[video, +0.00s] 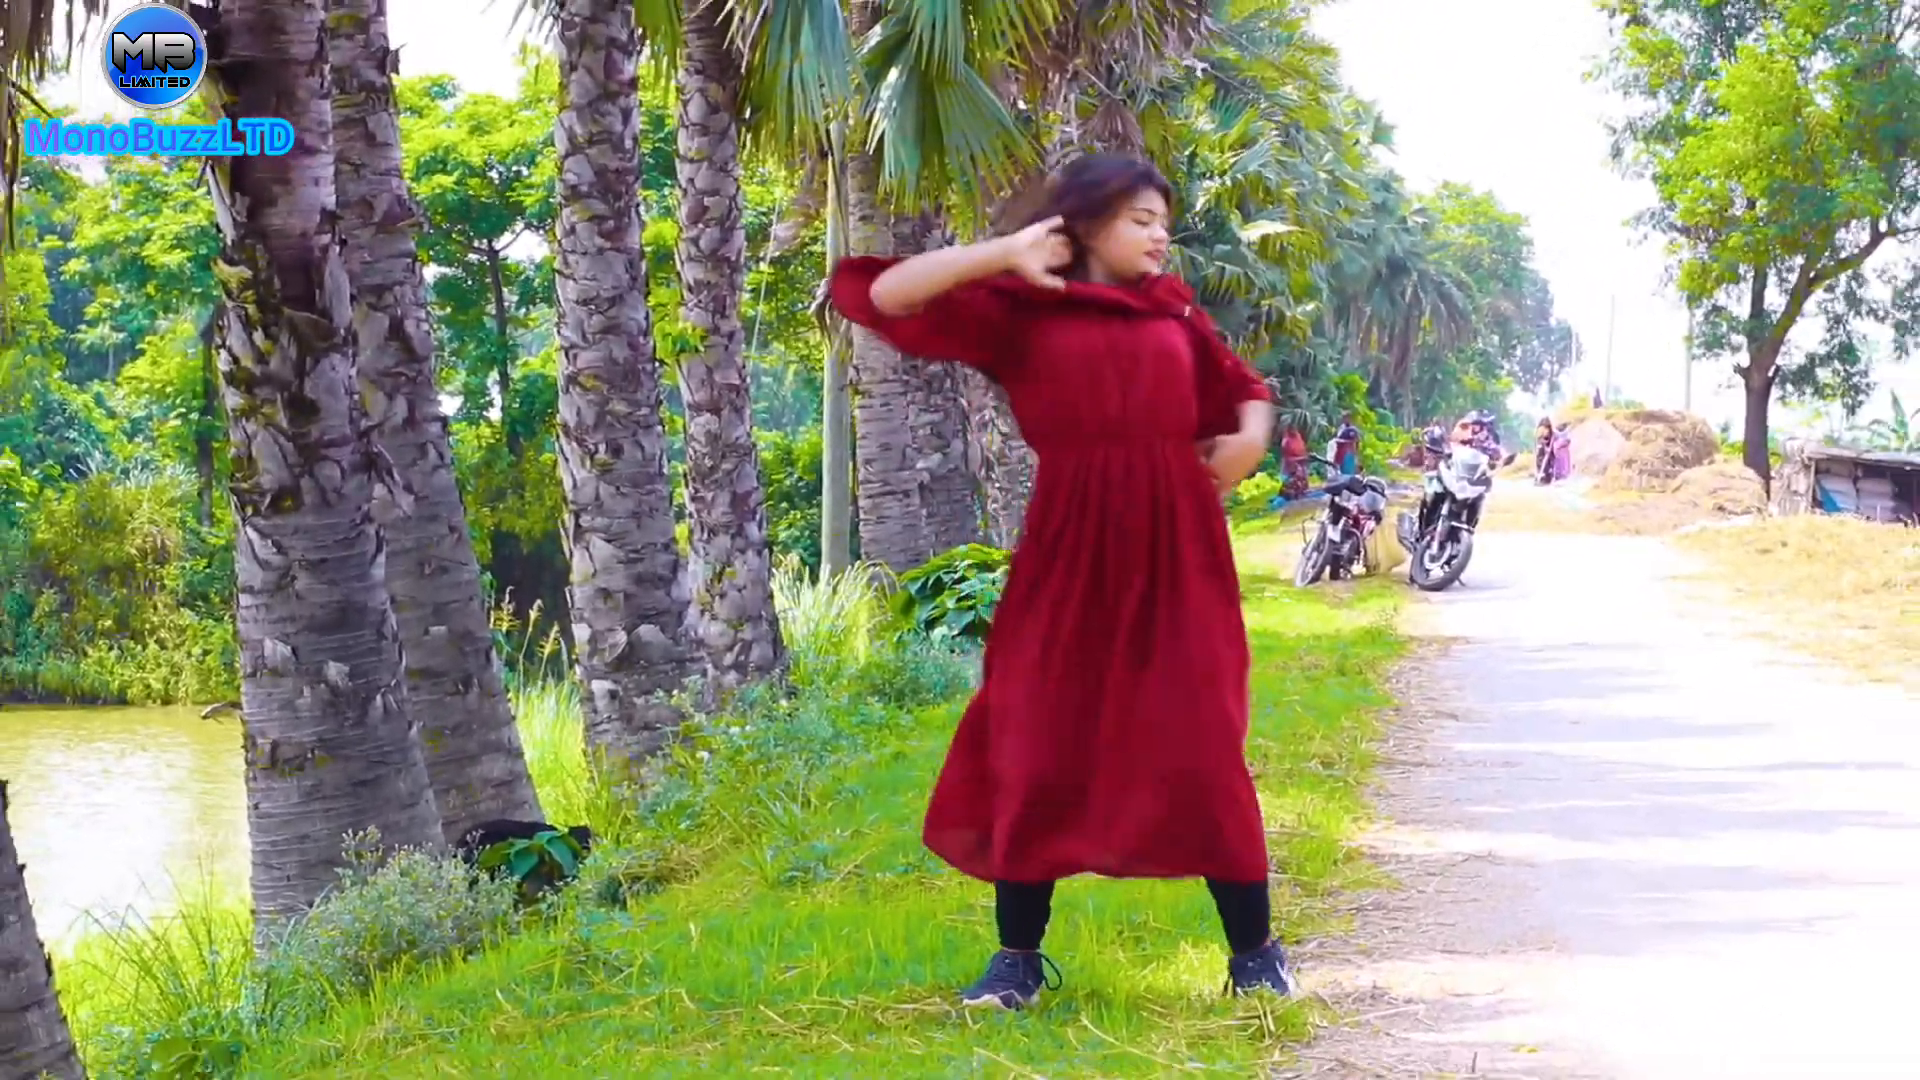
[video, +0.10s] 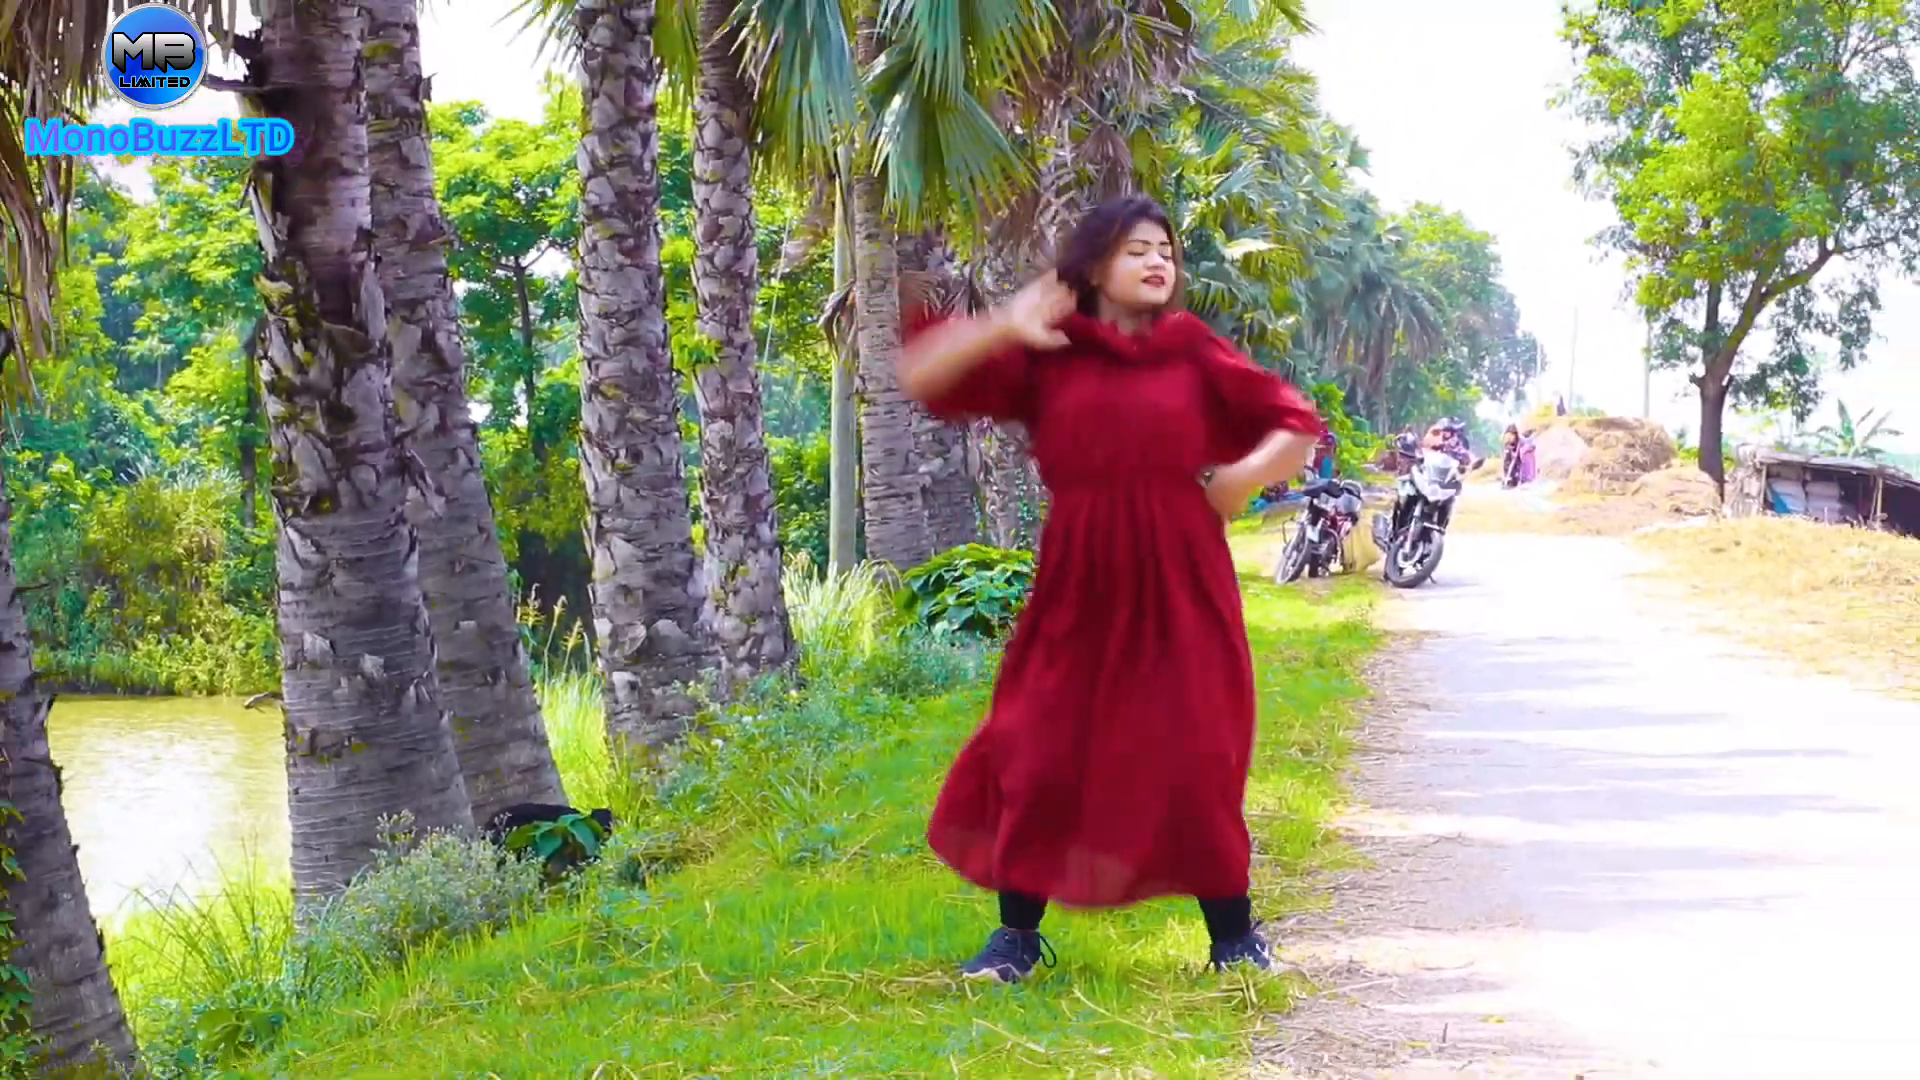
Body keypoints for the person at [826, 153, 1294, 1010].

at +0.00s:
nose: (1161, 237)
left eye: (1165, 224)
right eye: (1142, 220)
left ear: (1164, 234)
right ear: (1080, 229)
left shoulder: (1177, 316)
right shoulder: (1022, 313)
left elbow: (1248, 388)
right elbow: (882, 295)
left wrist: (1249, 439)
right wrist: (1001, 251)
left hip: (1180, 551)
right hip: (1069, 553)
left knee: (1210, 751)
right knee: (1033, 750)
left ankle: (1255, 957)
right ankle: (1017, 960)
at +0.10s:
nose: (1159, 262)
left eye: (1166, 251)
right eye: (1139, 250)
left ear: (1175, 268)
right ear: (1092, 266)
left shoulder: (1191, 348)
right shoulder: (1045, 354)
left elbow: (1300, 425)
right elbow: (919, 373)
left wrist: (1244, 479)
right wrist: (1006, 324)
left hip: (1183, 580)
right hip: (1077, 582)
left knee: (1201, 758)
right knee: (1032, 750)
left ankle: (1234, 944)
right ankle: (1016, 939)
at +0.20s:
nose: (1143, 239)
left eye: (1163, 228)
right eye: (1128, 232)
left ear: (1201, 253)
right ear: (1109, 261)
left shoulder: (1236, 337)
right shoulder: (1084, 359)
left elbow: (1335, 406)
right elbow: (992, 480)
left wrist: (1213, 442)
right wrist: (1051, 416)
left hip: (1208, 564)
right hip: (1103, 562)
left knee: (1221, 759)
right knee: (1052, 753)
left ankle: (1251, 966)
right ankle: (1022, 958)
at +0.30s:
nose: (1143, 217)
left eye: (1162, 202)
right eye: (1141, 204)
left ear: (1214, 215)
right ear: (1141, 226)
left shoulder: (1264, 298)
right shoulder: (1125, 329)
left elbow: (1306, 352)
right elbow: (1075, 441)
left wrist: (1213, 318)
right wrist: (1057, 514)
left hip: (1232, 560)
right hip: (1128, 553)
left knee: (1234, 753)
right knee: (1041, 737)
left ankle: (1256, 971)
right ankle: (1033, 948)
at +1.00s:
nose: (1094, 237)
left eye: (1113, 223)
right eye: (1085, 223)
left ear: (1159, 237)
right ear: (1075, 239)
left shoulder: (1195, 342)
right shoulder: (1054, 335)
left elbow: (1318, 400)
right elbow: (980, 427)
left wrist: (1231, 319)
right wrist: (986, 469)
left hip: (1156, 567)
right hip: (1048, 563)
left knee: (1184, 763)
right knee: (1006, 760)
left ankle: (1247, 963)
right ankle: (1003, 955)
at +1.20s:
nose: (1137, 230)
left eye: (1139, 218)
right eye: (1119, 214)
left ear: (1138, 236)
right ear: (1062, 223)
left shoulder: (1152, 330)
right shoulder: (995, 305)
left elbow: (1209, 453)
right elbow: (952, 371)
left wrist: (1193, 471)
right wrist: (1049, 294)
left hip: (1126, 549)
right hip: (1014, 550)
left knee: (1169, 735)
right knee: (994, 736)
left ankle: (1219, 944)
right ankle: (1001, 954)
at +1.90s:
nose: (1175, 224)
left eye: (1180, 212)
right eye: (1151, 215)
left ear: (1192, 236)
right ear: (1103, 240)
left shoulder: (1225, 338)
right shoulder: (1060, 343)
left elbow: (1327, 456)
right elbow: (929, 377)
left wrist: (1283, 406)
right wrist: (1028, 325)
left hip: (1203, 580)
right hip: (1086, 580)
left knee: (1213, 777)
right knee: (1029, 767)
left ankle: (1252, 973)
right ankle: (1007, 966)